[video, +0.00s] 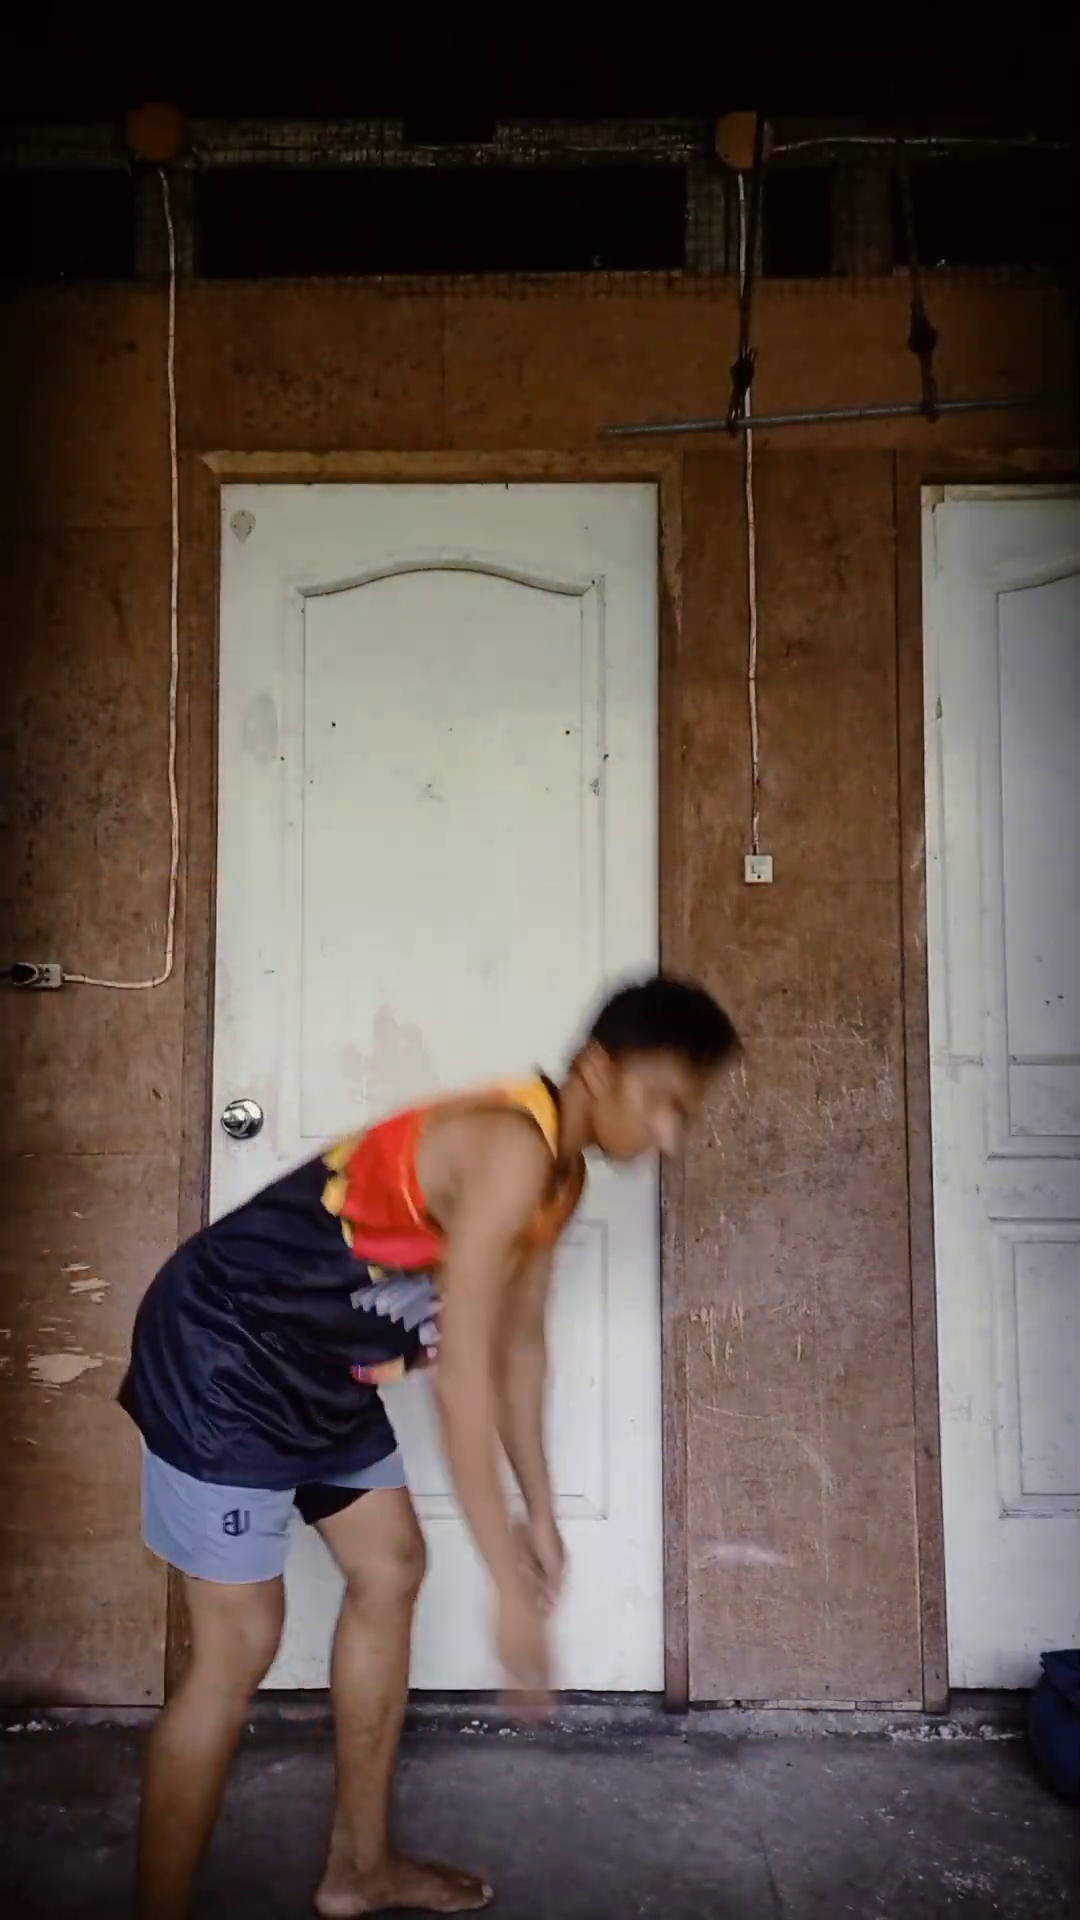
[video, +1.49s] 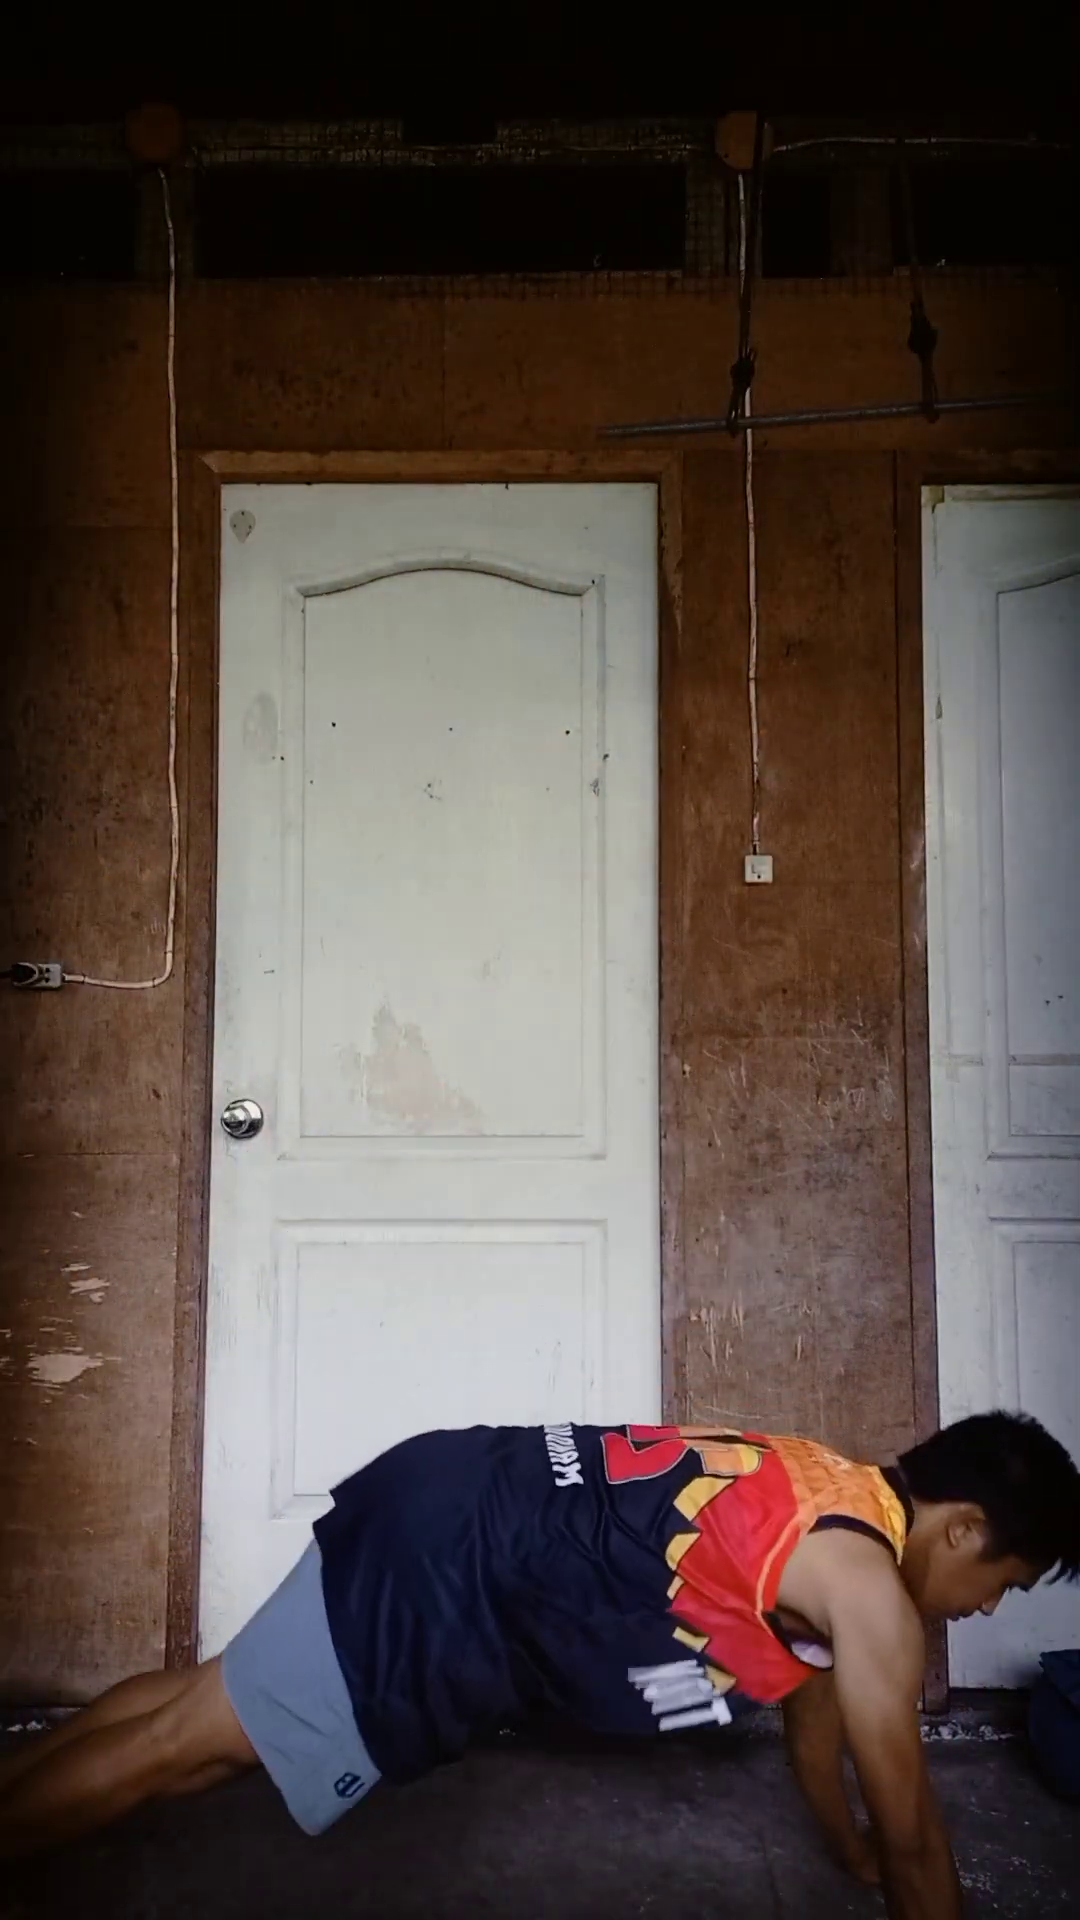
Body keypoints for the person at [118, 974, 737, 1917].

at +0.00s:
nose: (674, 1135)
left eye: (686, 1116)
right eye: (669, 1105)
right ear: (598, 1066)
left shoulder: (559, 1170)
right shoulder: (510, 1151)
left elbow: (520, 1347)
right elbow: (462, 1368)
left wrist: (539, 1511)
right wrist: (506, 1572)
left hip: (317, 1357)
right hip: (222, 1341)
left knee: (387, 1563)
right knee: (238, 1633)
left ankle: (360, 1865)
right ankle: (161, 1902)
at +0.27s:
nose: (731, 1399)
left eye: (754, 1384)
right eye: (732, 1362)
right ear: (679, 1308)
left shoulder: (615, 1332)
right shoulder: (606, 1391)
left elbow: (670, 1617)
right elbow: (669, 1640)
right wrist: (769, 1865)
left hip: (328, 1392)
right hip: (251, 1385)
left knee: (460, 1572)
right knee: (303, 1680)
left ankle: (364, 1867)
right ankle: (173, 1906)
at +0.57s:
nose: (830, 1548)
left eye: (853, 1548)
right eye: (842, 1518)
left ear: (854, 1537)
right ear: (808, 1454)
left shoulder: (736, 1481)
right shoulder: (712, 1500)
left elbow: (765, 1697)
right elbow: (738, 1754)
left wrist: (848, 1842)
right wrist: (778, 1910)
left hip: (429, 1434)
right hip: (357, 1417)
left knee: (535, 1613)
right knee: (281, 1749)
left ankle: (377, 1861)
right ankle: (15, 1828)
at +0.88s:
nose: (920, 1489)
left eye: (944, 1486)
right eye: (920, 1455)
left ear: (938, 1500)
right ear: (864, 1405)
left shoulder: (791, 1460)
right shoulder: (803, 1488)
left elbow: (800, 1694)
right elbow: (793, 1732)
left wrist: (849, 1838)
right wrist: (814, 1906)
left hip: (484, 1494)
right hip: (411, 1470)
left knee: (594, 1624)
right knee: (191, 1703)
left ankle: (395, 1819)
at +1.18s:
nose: (973, 1537)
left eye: (994, 1524)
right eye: (974, 1504)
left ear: (923, 1466)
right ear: (912, 1445)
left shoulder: (824, 1473)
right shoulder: (865, 1549)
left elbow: (809, 1697)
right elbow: (907, 1794)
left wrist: (852, 1845)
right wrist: (951, 1915)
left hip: (481, 1545)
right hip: (446, 1530)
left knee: (364, 1777)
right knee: (190, 1728)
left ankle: (118, 1734)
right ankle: (0, 1843)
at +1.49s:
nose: (990, 1606)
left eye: (1010, 1588)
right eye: (1004, 1579)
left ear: (940, 1494)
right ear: (958, 1527)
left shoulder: (826, 1483)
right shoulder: (868, 1593)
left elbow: (814, 1721)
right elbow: (906, 1843)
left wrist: (863, 1861)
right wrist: (949, 1916)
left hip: (442, 1492)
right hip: (450, 1575)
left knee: (176, 1701)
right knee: (163, 1755)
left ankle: (10, 1791)